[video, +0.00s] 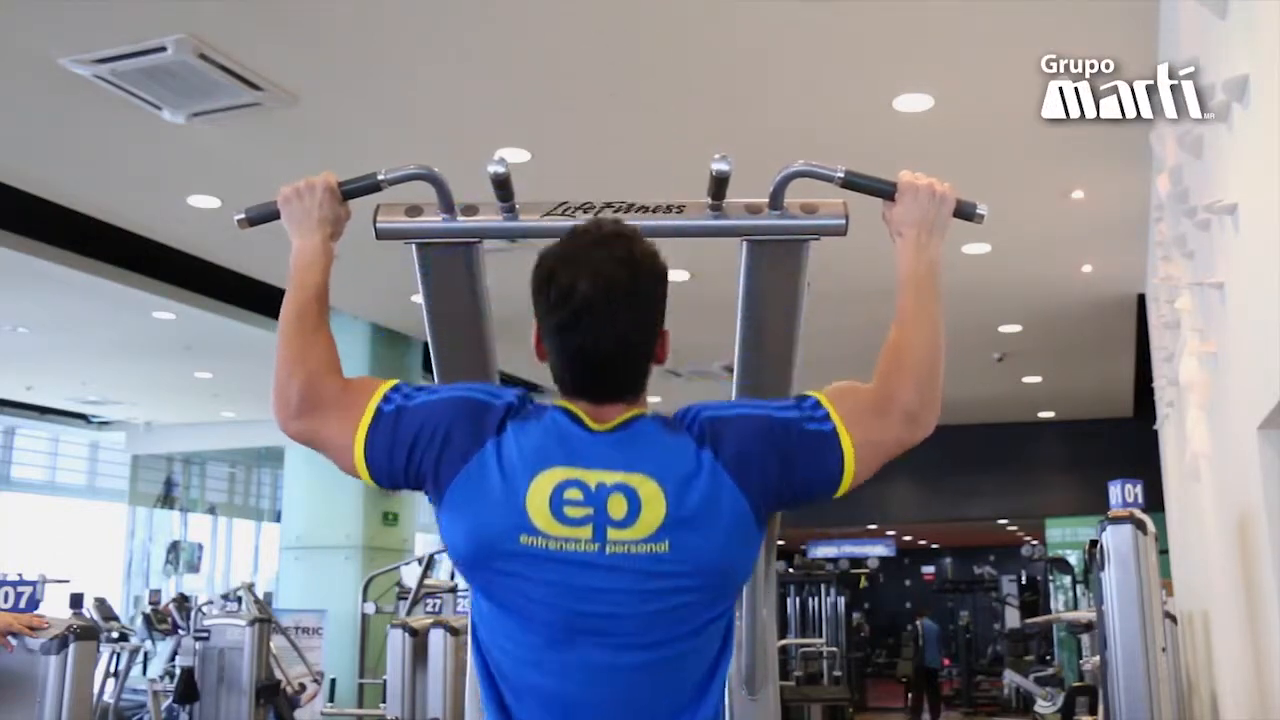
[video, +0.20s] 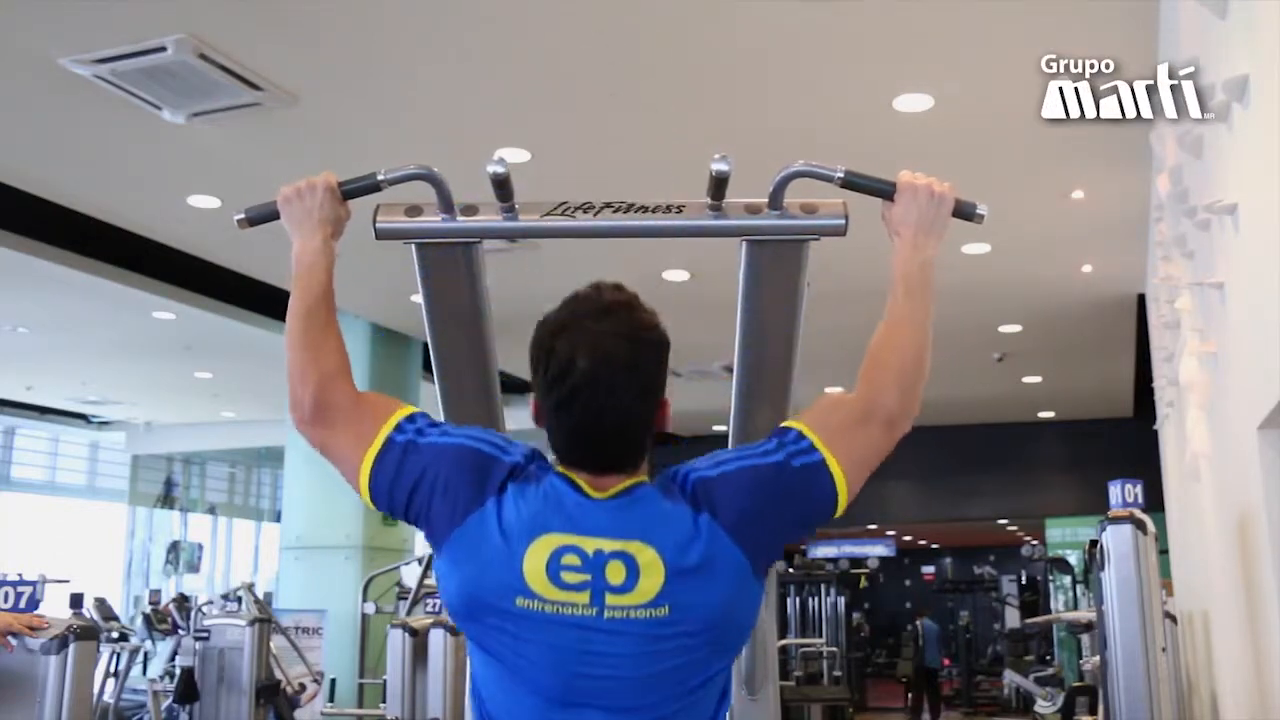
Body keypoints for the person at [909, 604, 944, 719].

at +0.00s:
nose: (916, 618)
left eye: (916, 616)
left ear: (917, 615)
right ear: (928, 614)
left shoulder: (917, 625)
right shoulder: (935, 627)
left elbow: (917, 644)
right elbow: (938, 645)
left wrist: (914, 659)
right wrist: (939, 659)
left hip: (921, 664)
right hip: (934, 664)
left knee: (918, 692)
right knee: (933, 691)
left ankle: (916, 715)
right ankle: (935, 715)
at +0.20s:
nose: (916, 618)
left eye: (916, 616)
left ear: (917, 615)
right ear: (928, 614)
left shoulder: (917, 625)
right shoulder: (935, 627)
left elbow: (917, 644)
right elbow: (938, 645)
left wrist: (914, 659)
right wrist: (939, 659)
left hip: (921, 664)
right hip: (934, 664)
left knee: (918, 692)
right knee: (933, 691)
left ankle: (916, 715)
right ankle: (935, 715)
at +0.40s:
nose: (916, 618)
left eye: (916, 616)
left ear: (917, 615)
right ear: (927, 614)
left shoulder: (917, 625)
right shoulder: (935, 627)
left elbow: (916, 644)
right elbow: (938, 645)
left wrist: (914, 659)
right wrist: (939, 659)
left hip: (921, 664)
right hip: (934, 664)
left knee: (918, 692)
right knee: (933, 692)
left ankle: (916, 715)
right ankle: (935, 715)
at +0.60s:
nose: (916, 618)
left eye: (916, 616)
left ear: (917, 615)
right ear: (927, 614)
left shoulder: (917, 625)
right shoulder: (935, 627)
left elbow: (916, 644)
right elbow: (938, 645)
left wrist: (914, 659)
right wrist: (939, 659)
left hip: (921, 664)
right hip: (934, 664)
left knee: (918, 692)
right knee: (933, 692)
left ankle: (916, 715)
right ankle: (935, 715)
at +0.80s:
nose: (916, 618)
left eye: (916, 616)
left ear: (917, 615)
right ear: (927, 614)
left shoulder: (917, 625)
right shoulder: (935, 627)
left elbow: (916, 645)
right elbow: (938, 645)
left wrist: (914, 659)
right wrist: (939, 660)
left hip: (921, 664)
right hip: (934, 664)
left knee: (917, 692)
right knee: (934, 692)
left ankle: (916, 715)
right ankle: (935, 715)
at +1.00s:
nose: (916, 619)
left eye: (916, 616)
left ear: (917, 615)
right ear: (928, 614)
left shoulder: (917, 626)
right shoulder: (935, 627)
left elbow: (916, 644)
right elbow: (939, 645)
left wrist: (914, 659)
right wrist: (939, 659)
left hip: (920, 664)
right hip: (934, 664)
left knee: (918, 692)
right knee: (933, 692)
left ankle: (916, 715)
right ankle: (935, 715)